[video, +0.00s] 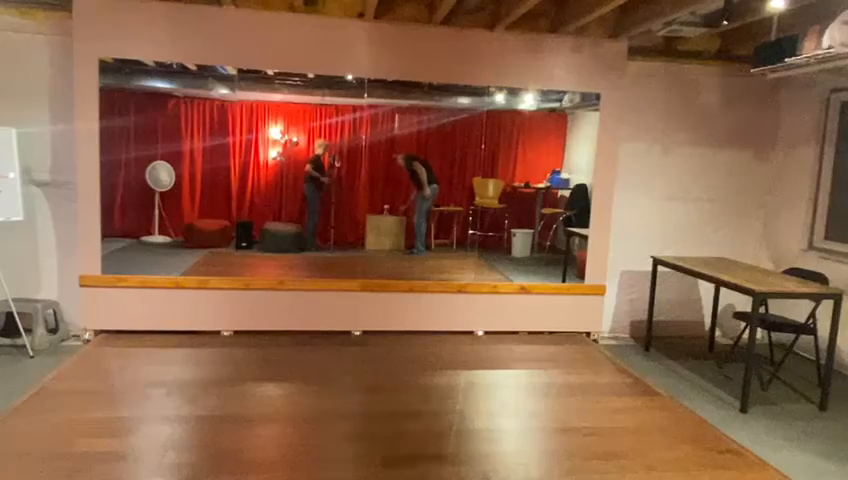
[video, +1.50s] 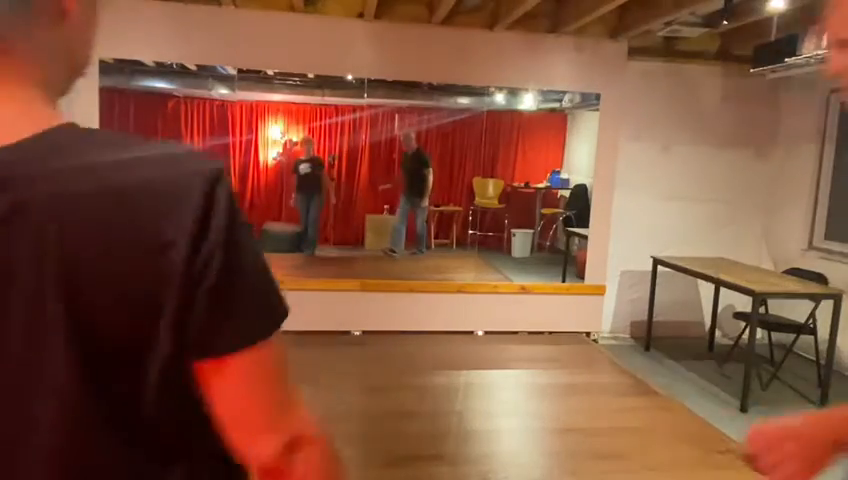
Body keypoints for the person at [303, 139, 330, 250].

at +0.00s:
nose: (326, 150)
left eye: (326, 148)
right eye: (325, 148)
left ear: (319, 147)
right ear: (321, 148)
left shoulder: (320, 160)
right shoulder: (315, 158)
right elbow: (308, 168)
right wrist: (321, 177)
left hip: (316, 187)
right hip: (311, 187)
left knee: (314, 213)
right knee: (313, 213)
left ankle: (311, 240)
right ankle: (311, 241)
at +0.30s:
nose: (324, 149)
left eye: (324, 146)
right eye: (323, 146)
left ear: (320, 147)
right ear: (319, 147)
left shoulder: (320, 159)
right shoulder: (315, 159)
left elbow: (321, 175)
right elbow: (309, 174)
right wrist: (313, 189)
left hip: (317, 191)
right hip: (313, 191)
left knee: (314, 217)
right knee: (312, 216)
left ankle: (311, 241)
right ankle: (308, 242)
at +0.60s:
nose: (318, 146)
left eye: (319, 143)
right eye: (317, 143)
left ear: (319, 145)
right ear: (313, 145)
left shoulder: (318, 162)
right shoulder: (310, 161)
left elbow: (319, 179)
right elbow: (306, 178)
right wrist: (306, 193)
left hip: (316, 192)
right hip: (311, 193)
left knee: (314, 217)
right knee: (312, 217)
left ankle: (311, 241)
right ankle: (308, 242)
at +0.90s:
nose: (312, 148)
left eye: (313, 145)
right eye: (309, 145)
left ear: (315, 146)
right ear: (306, 147)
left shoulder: (318, 161)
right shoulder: (303, 162)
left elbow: (322, 178)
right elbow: (299, 179)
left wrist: (322, 191)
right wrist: (301, 194)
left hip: (316, 192)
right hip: (307, 193)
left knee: (314, 218)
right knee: (309, 218)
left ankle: (312, 241)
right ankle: (305, 243)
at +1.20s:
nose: (308, 148)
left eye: (310, 145)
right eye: (306, 145)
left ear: (313, 146)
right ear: (302, 147)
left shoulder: (318, 161)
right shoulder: (298, 163)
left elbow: (322, 179)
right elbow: (294, 181)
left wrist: (323, 195)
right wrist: (291, 196)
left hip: (316, 193)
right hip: (303, 193)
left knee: (314, 219)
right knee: (305, 219)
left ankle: (314, 244)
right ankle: (306, 244)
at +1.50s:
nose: (308, 148)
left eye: (310, 145)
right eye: (306, 145)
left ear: (313, 146)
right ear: (302, 147)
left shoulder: (318, 161)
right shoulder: (298, 162)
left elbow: (325, 178)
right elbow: (295, 181)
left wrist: (330, 194)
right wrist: (294, 196)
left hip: (316, 193)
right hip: (302, 193)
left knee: (312, 220)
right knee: (303, 220)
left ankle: (310, 247)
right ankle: (303, 245)